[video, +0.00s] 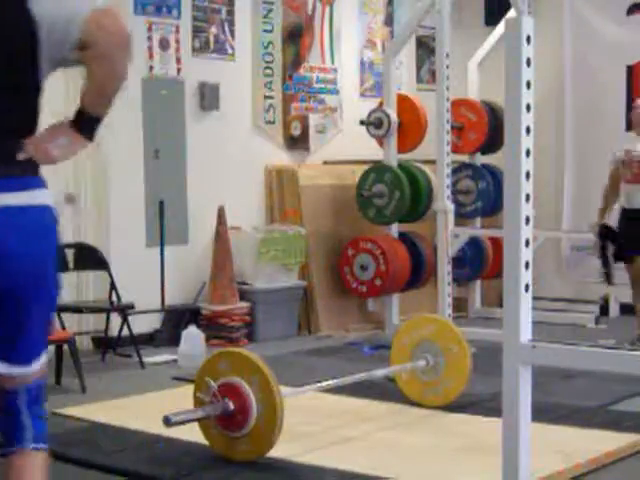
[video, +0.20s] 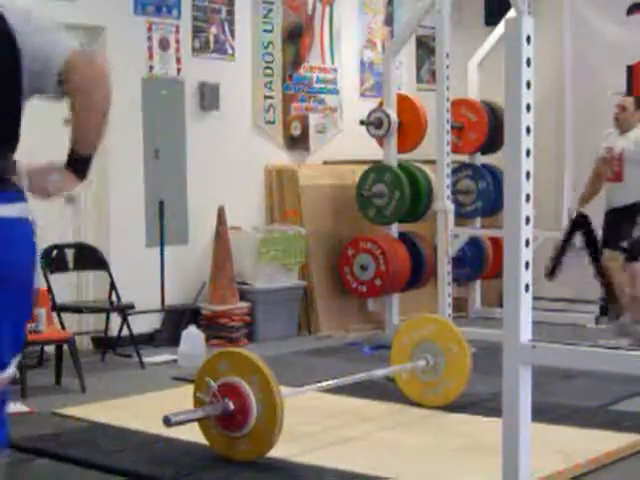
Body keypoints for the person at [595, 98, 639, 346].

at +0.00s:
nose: (634, 114)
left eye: (636, 109)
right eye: (634, 109)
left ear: (636, 118)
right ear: (631, 118)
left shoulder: (629, 155)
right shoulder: (625, 154)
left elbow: (613, 188)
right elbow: (613, 187)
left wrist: (602, 217)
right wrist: (603, 217)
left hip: (631, 212)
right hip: (629, 212)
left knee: (634, 277)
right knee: (634, 277)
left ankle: (637, 332)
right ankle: (636, 332)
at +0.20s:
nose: (616, 113)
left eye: (623, 109)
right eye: (617, 108)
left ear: (636, 114)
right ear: (616, 112)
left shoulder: (634, 139)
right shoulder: (612, 140)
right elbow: (598, 175)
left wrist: (582, 201)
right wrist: (582, 202)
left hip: (632, 205)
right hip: (616, 207)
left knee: (611, 259)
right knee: (631, 266)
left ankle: (631, 315)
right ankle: (631, 317)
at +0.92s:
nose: (528, 122)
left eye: (531, 116)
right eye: (526, 117)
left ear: (540, 114)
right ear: (532, 116)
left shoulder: (555, 134)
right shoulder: (530, 138)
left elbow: (546, 161)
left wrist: (519, 156)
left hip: (554, 204)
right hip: (534, 206)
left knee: (555, 273)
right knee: (550, 273)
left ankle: (565, 331)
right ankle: (564, 328)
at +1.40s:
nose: (447, 125)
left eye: (448, 120)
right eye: (445, 121)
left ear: (461, 116)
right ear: (460, 116)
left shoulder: (485, 133)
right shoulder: (465, 137)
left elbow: (470, 142)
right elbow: (454, 175)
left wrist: (448, 137)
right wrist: (456, 144)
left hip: (478, 202)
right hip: (460, 203)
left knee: (451, 268)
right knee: (472, 274)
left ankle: (469, 328)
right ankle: (479, 334)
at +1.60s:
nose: (413, 130)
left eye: (415, 125)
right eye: (412, 126)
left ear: (429, 120)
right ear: (425, 123)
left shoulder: (453, 137)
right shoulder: (428, 141)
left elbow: (441, 155)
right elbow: (398, 150)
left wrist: (418, 145)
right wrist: (383, 133)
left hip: (449, 208)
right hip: (432, 209)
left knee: (423, 273)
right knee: (454, 274)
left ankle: (418, 337)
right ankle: (476, 333)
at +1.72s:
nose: (394, 128)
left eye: (396, 121)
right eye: (393, 122)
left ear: (410, 118)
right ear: (408, 119)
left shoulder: (429, 136)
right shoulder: (410, 143)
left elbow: (435, 172)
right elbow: (405, 173)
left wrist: (401, 173)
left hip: (427, 207)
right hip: (413, 207)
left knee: (409, 276)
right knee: (430, 276)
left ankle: (401, 342)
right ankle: (466, 325)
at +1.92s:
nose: (367, 127)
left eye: (369, 121)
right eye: (366, 121)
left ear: (385, 117)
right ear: (382, 117)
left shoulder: (402, 137)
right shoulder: (387, 140)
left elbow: (408, 180)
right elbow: (384, 175)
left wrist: (378, 186)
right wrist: (373, 188)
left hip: (400, 207)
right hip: (385, 207)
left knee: (397, 277)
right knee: (384, 275)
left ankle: (398, 343)